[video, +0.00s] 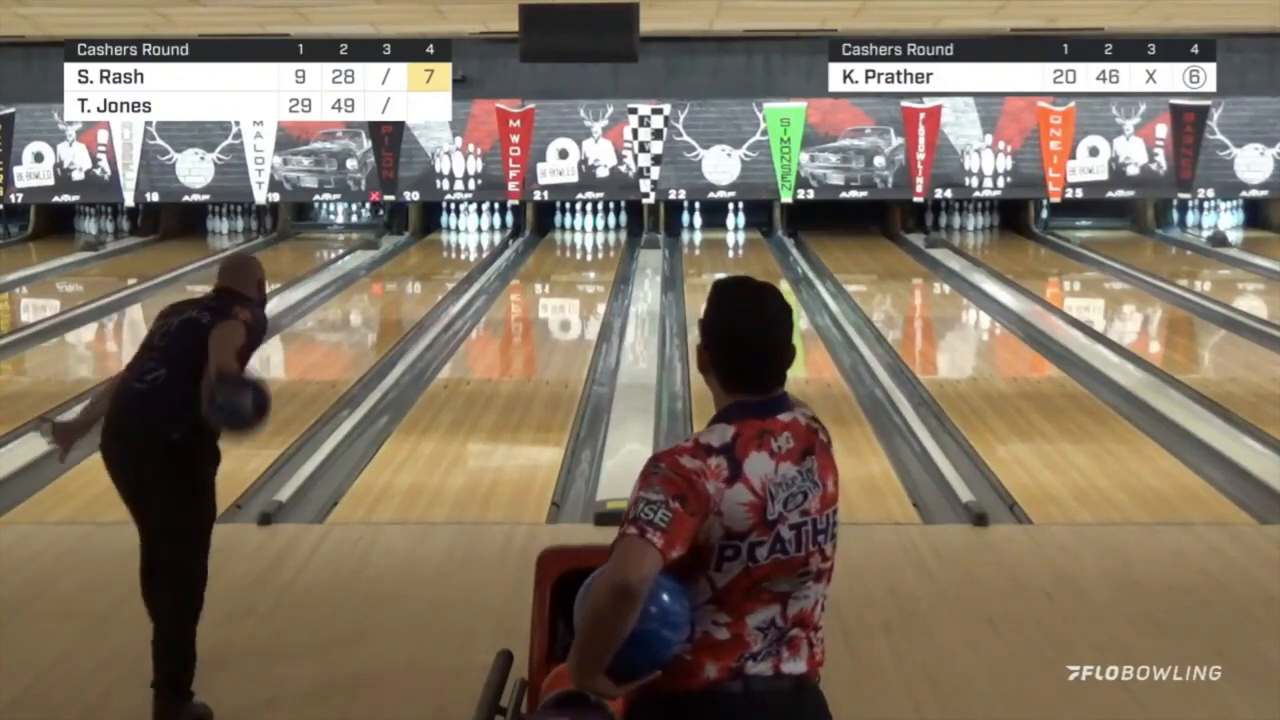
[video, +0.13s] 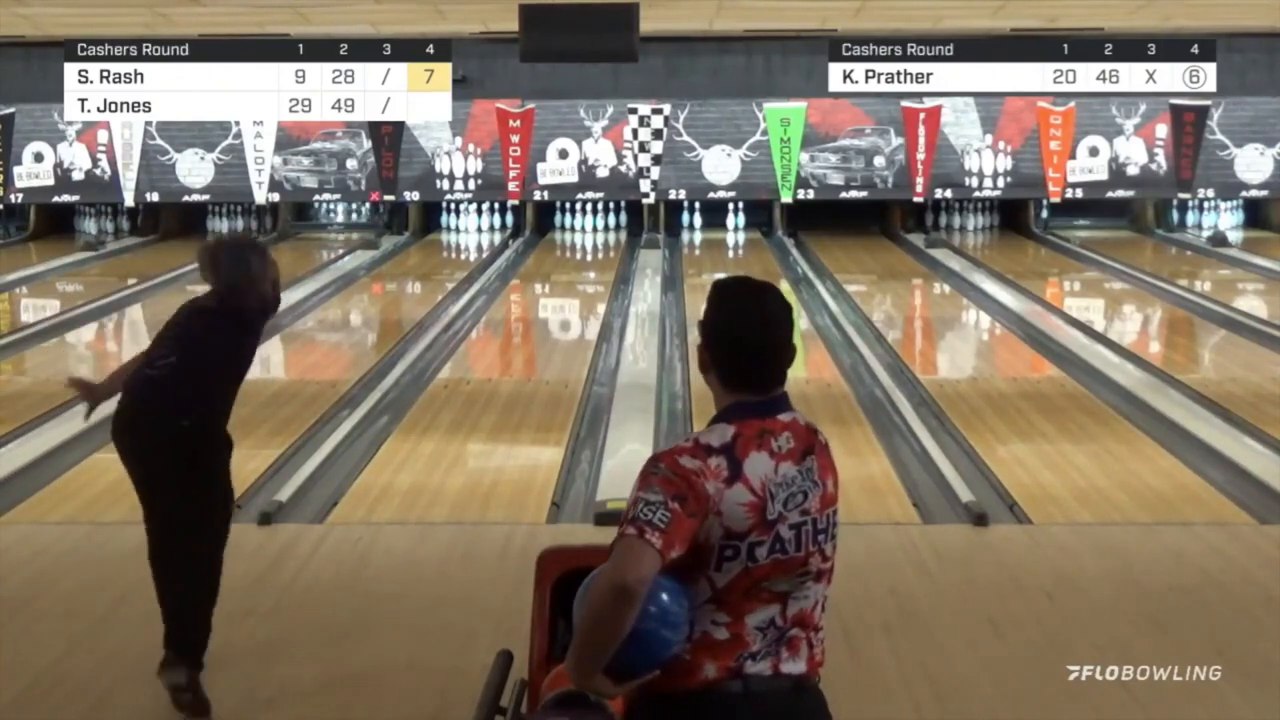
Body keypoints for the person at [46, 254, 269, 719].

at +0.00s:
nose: (264, 294)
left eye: (262, 287)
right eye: (263, 287)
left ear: (219, 284)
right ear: (256, 286)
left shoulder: (177, 311)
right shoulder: (246, 311)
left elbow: (131, 374)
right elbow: (225, 332)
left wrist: (79, 424)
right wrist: (224, 377)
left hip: (123, 437)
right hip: (176, 446)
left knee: (157, 548)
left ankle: (170, 674)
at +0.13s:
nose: (275, 277)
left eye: (273, 270)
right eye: (268, 272)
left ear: (224, 277)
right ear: (249, 279)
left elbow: (149, 359)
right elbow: (151, 358)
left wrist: (100, 388)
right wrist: (102, 389)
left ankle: (182, 654)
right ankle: (181, 659)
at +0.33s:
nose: (298, 277)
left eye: (298, 272)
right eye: (296, 271)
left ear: (264, 272)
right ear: (282, 276)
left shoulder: (234, 300)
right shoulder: (258, 284)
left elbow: (189, 345)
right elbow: (227, 231)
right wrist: (224, 177)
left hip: (155, 414)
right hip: (208, 417)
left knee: (175, 529)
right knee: (247, 516)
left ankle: (180, 644)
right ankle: (232, 624)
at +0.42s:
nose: (311, 287)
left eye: (308, 279)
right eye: (311, 281)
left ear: (274, 269)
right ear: (303, 286)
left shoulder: (247, 296)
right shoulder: (277, 293)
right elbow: (244, 231)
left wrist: (242, 168)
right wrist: (242, 172)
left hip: (169, 414)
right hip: (220, 421)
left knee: (191, 515)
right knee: (250, 514)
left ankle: (179, 612)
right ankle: (237, 612)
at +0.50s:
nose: (319, 283)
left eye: (319, 278)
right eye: (315, 275)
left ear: (282, 281)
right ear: (300, 283)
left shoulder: (249, 310)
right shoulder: (283, 301)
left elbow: (220, 332)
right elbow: (259, 247)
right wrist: (248, 187)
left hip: (177, 417)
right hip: (226, 426)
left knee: (207, 499)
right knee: (256, 518)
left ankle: (197, 593)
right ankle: (236, 610)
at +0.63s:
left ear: (263, 278)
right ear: (307, 275)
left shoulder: (262, 318)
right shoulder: (308, 318)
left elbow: (227, 314)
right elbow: (323, 289)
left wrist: (184, 307)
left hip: (190, 419)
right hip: (238, 433)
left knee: (238, 468)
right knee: (266, 522)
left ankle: (241, 551)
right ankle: (241, 594)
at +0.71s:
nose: (341, 303)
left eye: (341, 296)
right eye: (338, 296)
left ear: (308, 293)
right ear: (328, 297)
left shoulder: (273, 315)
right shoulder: (319, 325)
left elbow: (224, 309)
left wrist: (170, 296)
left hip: (199, 416)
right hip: (243, 433)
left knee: (253, 482)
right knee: (264, 521)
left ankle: (260, 546)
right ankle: (243, 582)